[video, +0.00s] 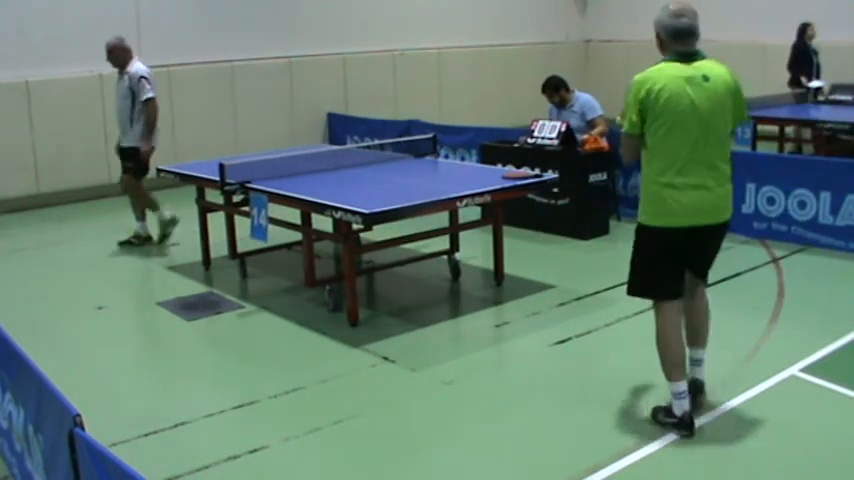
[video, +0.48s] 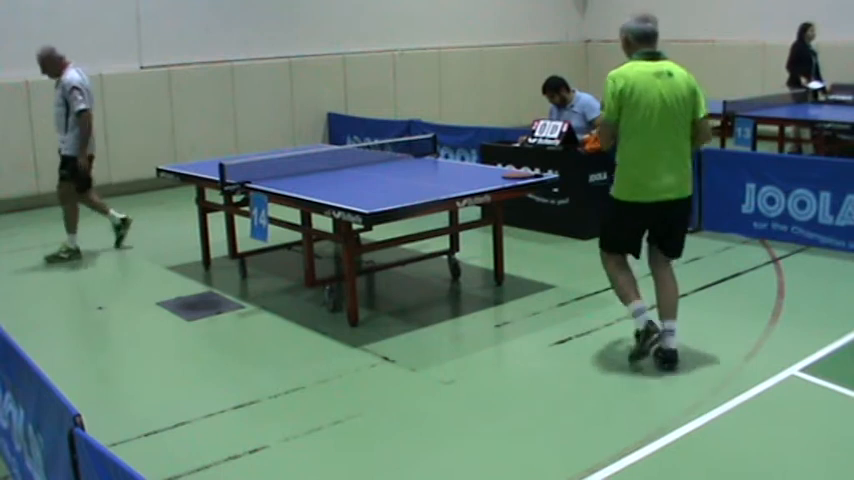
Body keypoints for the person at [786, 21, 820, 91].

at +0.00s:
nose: (813, 32)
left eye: (813, 29)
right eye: (810, 30)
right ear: (804, 31)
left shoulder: (812, 49)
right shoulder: (798, 46)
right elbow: (791, 66)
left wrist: (817, 80)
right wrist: (801, 77)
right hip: (799, 86)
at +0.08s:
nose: (813, 33)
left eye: (813, 30)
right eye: (810, 30)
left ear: (813, 32)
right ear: (803, 32)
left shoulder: (812, 48)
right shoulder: (798, 46)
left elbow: (815, 66)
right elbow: (791, 66)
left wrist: (817, 81)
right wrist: (800, 78)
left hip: (811, 85)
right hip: (799, 86)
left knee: (812, 118)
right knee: (799, 119)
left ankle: (817, 147)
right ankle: (798, 147)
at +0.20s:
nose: (812, 33)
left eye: (813, 30)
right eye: (809, 30)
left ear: (813, 33)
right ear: (803, 32)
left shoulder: (812, 49)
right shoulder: (798, 46)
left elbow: (815, 68)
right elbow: (791, 66)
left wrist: (817, 82)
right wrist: (801, 77)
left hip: (810, 85)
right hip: (798, 85)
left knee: (811, 118)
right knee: (799, 118)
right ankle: (797, 148)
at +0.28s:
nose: (813, 33)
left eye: (813, 30)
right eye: (810, 30)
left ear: (812, 32)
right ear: (803, 32)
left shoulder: (811, 49)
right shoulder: (798, 46)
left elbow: (815, 69)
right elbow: (791, 66)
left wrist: (820, 84)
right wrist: (801, 78)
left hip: (811, 85)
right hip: (798, 85)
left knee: (812, 118)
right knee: (799, 118)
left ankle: (818, 147)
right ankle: (797, 148)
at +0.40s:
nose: (813, 34)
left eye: (813, 31)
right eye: (810, 31)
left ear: (813, 33)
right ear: (803, 32)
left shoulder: (811, 49)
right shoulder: (797, 46)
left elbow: (815, 69)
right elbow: (790, 66)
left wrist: (821, 84)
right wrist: (800, 78)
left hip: (810, 84)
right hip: (798, 85)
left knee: (813, 117)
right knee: (799, 118)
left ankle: (817, 147)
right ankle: (797, 147)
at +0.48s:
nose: (813, 34)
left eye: (813, 31)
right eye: (810, 31)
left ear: (813, 33)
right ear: (803, 32)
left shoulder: (811, 49)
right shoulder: (797, 46)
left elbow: (815, 70)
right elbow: (790, 66)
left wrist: (821, 84)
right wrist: (800, 78)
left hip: (810, 84)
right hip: (797, 85)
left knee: (813, 117)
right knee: (798, 117)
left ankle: (817, 147)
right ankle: (797, 147)